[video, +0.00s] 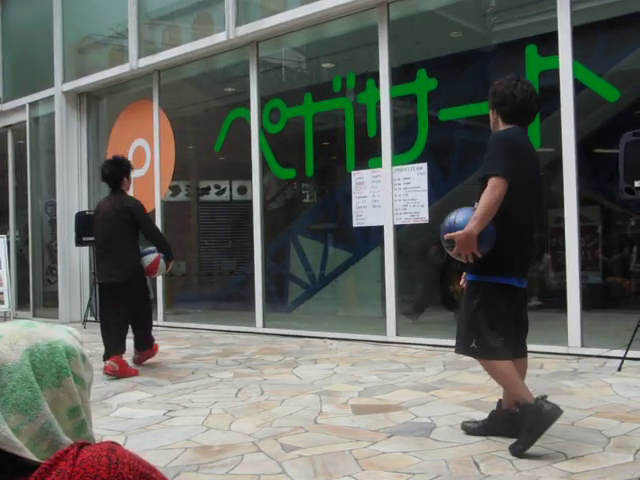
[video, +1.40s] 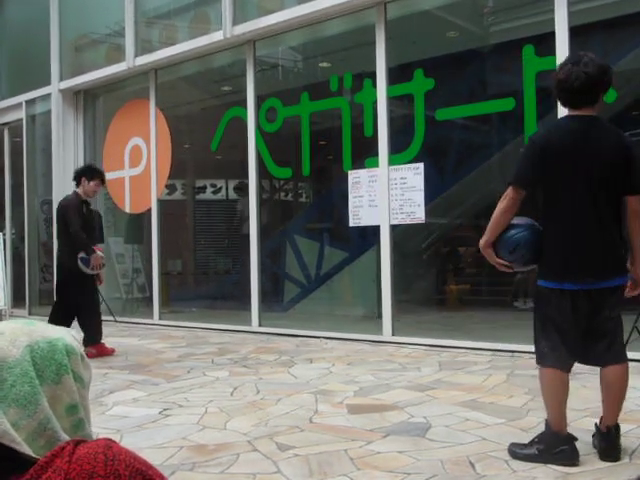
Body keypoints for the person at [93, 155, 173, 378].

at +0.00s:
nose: (131, 180)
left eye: (129, 176)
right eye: (129, 176)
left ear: (108, 181)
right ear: (124, 180)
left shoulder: (101, 207)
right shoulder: (131, 205)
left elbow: (105, 240)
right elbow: (151, 232)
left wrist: (135, 255)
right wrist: (168, 253)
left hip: (106, 271)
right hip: (129, 270)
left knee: (111, 313)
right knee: (141, 306)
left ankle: (113, 358)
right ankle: (144, 348)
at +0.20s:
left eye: (109, 177)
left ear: (110, 180)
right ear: (132, 180)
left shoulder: (100, 206)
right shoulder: (140, 207)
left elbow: (92, 240)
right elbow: (157, 236)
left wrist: (93, 267)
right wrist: (169, 259)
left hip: (105, 269)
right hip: (132, 270)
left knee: (109, 309)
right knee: (132, 309)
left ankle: (113, 343)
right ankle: (135, 350)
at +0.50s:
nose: (104, 176)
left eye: (106, 173)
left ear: (108, 176)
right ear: (129, 177)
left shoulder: (99, 203)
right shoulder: (137, 203)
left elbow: (95, 236)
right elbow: (147, 234)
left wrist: (102, 252)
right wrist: (148, 254)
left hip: (106, 266)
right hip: (131, 265)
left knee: (96, 306)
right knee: (130, 307)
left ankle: (94, 347)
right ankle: (132, 349)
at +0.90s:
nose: (112, 179)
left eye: (111, 175)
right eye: (109, 176)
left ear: (93, 182)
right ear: (103, 180)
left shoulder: (87, 205)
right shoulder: (110, 202)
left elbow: (88, 238)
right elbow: (120, 230)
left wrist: (116, 250)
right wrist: (134, 249)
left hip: (88, 265)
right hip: (107, 264)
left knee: (92, 305)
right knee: (121, 304)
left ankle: (92, 343)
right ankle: (126, 344)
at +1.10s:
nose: (103, 180)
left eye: (102, 176)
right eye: (100, 176)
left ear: (88, 181)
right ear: (91, 180)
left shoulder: (84, 203)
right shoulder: (92, 201)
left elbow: (93, 235)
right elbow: (102, 230)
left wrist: (112, 253)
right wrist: (118, 250)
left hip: (83, 263)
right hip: (90, 263)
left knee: (91, 301)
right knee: (100, 301)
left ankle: (93, 343)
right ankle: (94, 345)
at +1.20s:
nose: (103, 181)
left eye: (102, 178)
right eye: (99, 178)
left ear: (88, 181)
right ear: (88, 180)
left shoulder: (83, 200)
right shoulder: (88, 200)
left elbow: (91, 232)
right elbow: (94, 229)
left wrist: (106, 253)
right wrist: (107, 250)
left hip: (81, 261)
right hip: (85, 261)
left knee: (87, 305)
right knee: (92, 304)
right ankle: (92, 344)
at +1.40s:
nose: (97, 190)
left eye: (99, 186)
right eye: (95, 185)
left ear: (89, 184)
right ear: (83, 182)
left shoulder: (84, 207)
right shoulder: (71, 204)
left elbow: (87, 238)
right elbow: (76, 234)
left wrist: (96, 268)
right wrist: (92, 252)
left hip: (80, 263)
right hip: (72, 263)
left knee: (65, 306)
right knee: (89, 304)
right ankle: (93, 344)